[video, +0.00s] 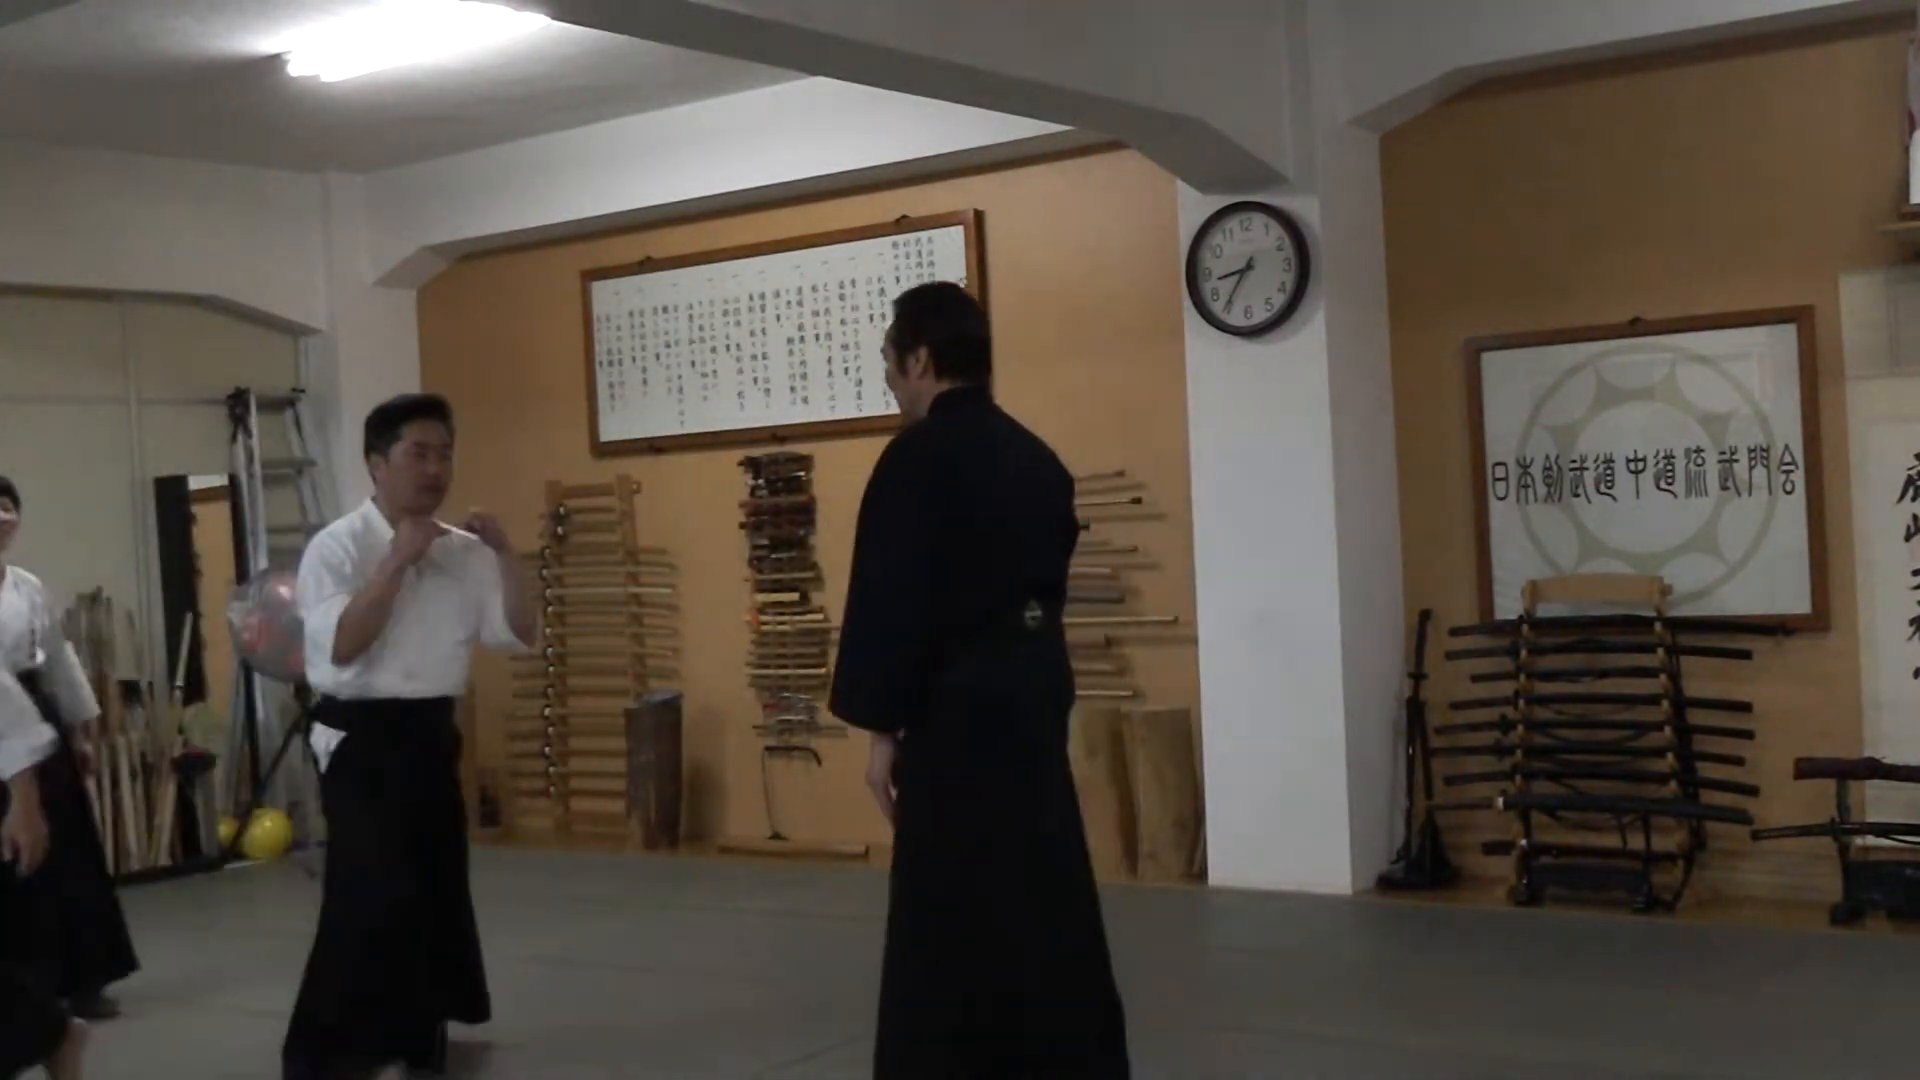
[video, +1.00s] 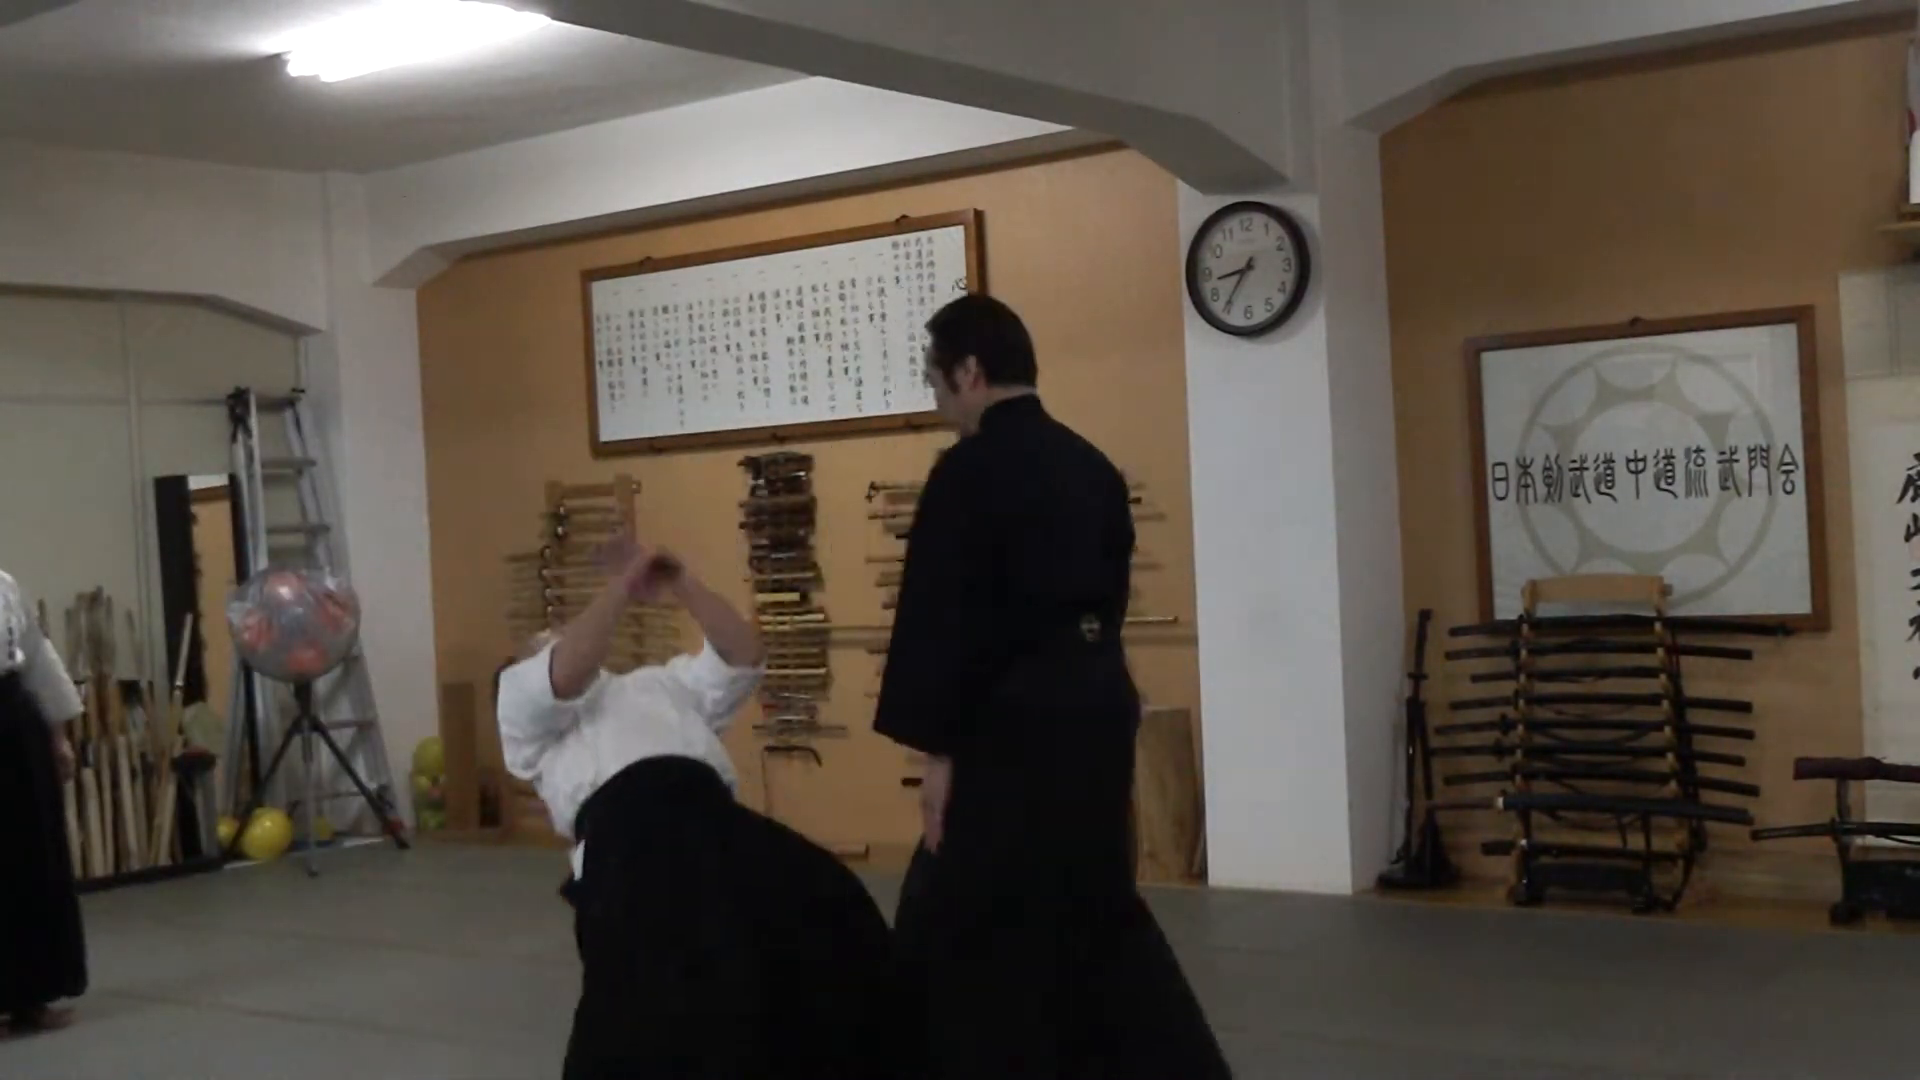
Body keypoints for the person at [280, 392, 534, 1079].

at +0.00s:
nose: (434, 469)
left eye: (443, 456)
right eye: (418, 454)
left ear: (453, 465)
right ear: (376, 464)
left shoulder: (464, 551)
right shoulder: (336, 547)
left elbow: (523, 632)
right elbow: (338, 645)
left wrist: (507, 554)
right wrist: (398, 560)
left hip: (430, 729)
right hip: (356, 732)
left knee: (432, 888)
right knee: (369, 894)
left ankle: (420, 1043)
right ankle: (321, 1057)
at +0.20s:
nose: (477, 475)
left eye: (485, 460)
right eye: (458, 460)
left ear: (494, 471)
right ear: (415, 476)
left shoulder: (514, 562)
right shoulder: (382, 569)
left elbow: (572, 657)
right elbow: (403, 676)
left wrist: (560, 570)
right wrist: (442, 578)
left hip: (511, 758)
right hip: (425, 767)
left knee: (584, 875)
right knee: (416, 931)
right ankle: (400, 1065)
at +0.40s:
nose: (600, 483)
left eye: (607, 469)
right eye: (581, 468)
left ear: (615, 479)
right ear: (532, 484)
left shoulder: (643, 565)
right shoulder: (482, 575)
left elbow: (731, 603)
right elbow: (459, 691)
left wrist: (743, 547)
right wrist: (526, 602)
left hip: (611, 789)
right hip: (511, 791)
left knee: (696, 966)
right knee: (449, 977)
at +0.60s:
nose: (720, 493)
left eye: (725, 474)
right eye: (704, 475)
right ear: (647, 475)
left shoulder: (729, 534)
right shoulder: (562, 550)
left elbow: (833, 509)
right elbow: (499, 662)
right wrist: (585, 648)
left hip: (672, 753)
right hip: (573, 759)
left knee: (723, 930)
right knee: (564, 953)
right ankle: (490, 1077)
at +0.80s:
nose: (568, 495)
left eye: (563, 497)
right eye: (550, 504)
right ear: (529, 545)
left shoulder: (663, 556)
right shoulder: (531, 572)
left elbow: (748, 552)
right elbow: (559, 616)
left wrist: (774, 499)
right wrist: (661, 566)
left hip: (726, 732)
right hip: (633, 739)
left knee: (790, 914)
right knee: (645, 929)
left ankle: (793, 1069)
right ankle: (631, 1071)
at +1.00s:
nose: (562, 642)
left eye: (563, 639)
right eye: (542, 646)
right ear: (520, 673)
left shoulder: (666, 684)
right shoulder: (526, 710)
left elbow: (743, 655)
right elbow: (570, 667)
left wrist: (685, 588)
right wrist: (621, 587)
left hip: (717, 813)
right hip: (630, 829)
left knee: (834, 899)